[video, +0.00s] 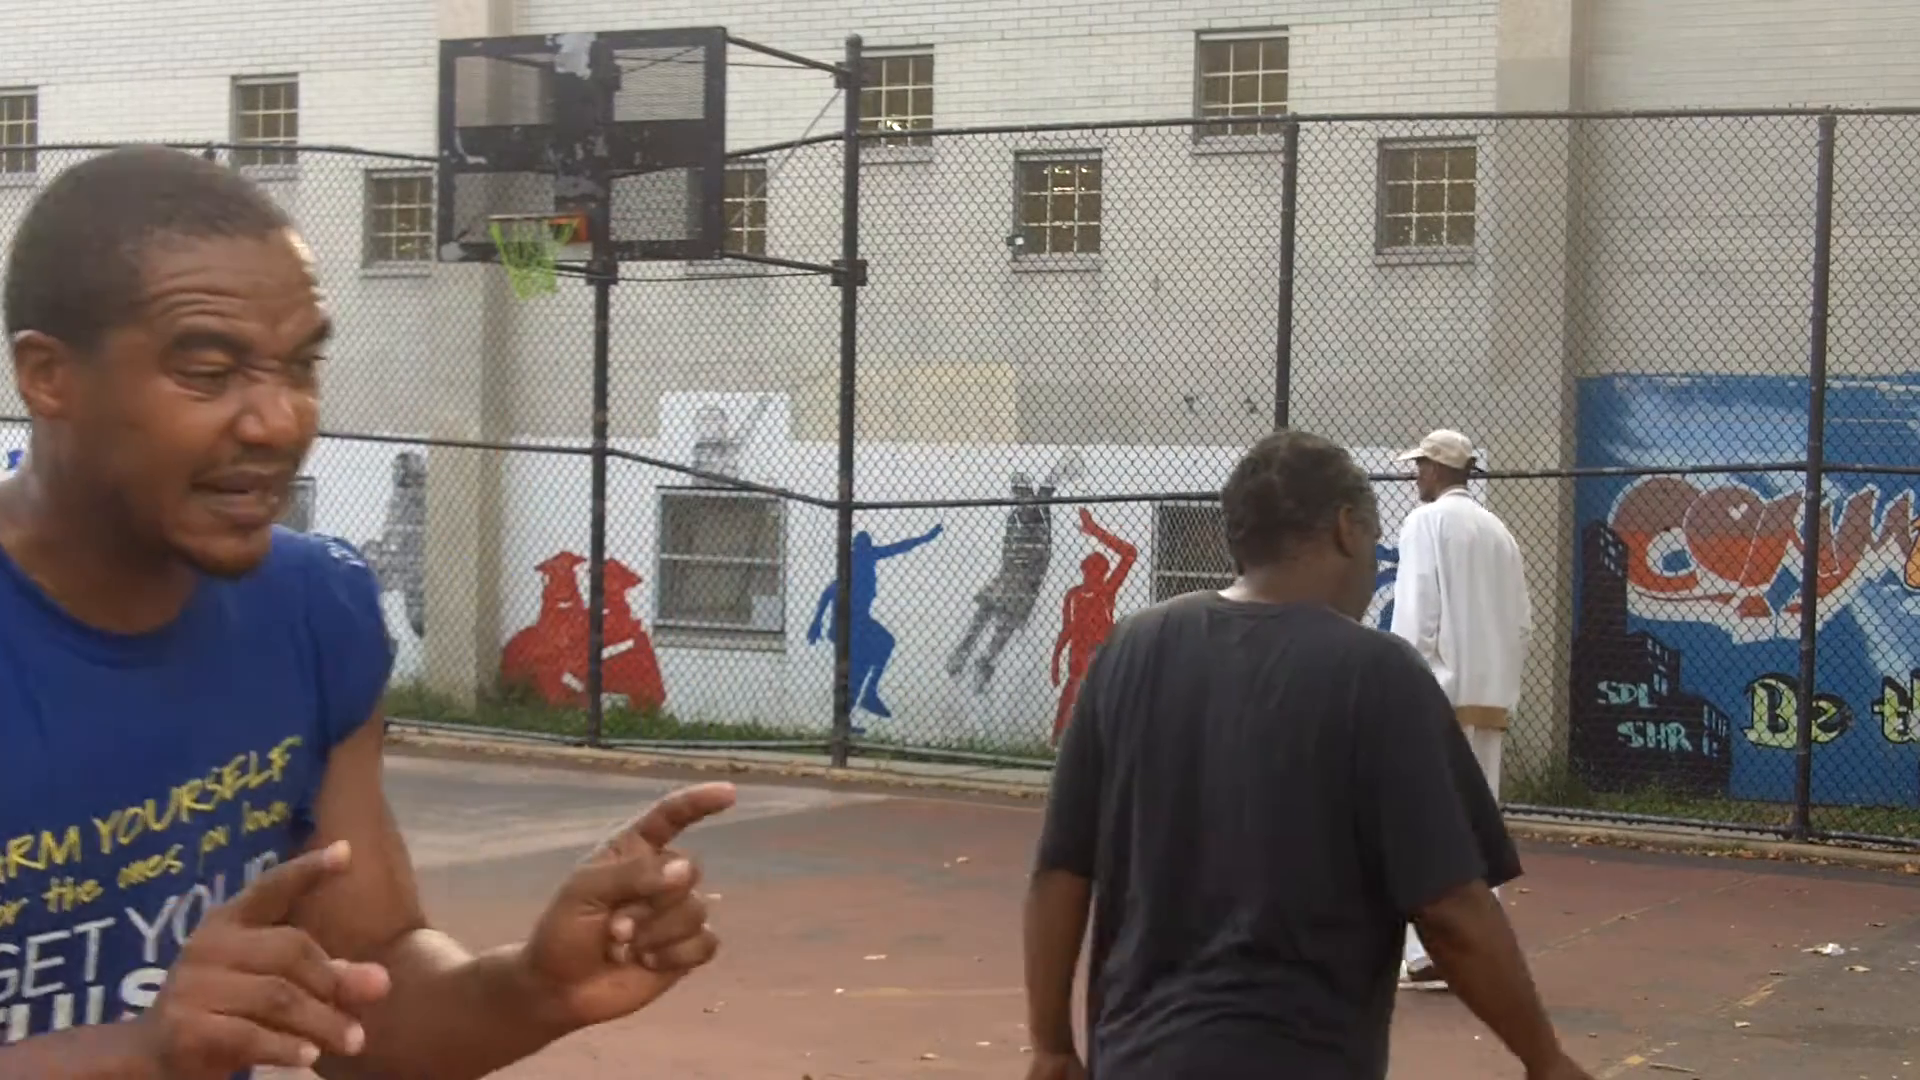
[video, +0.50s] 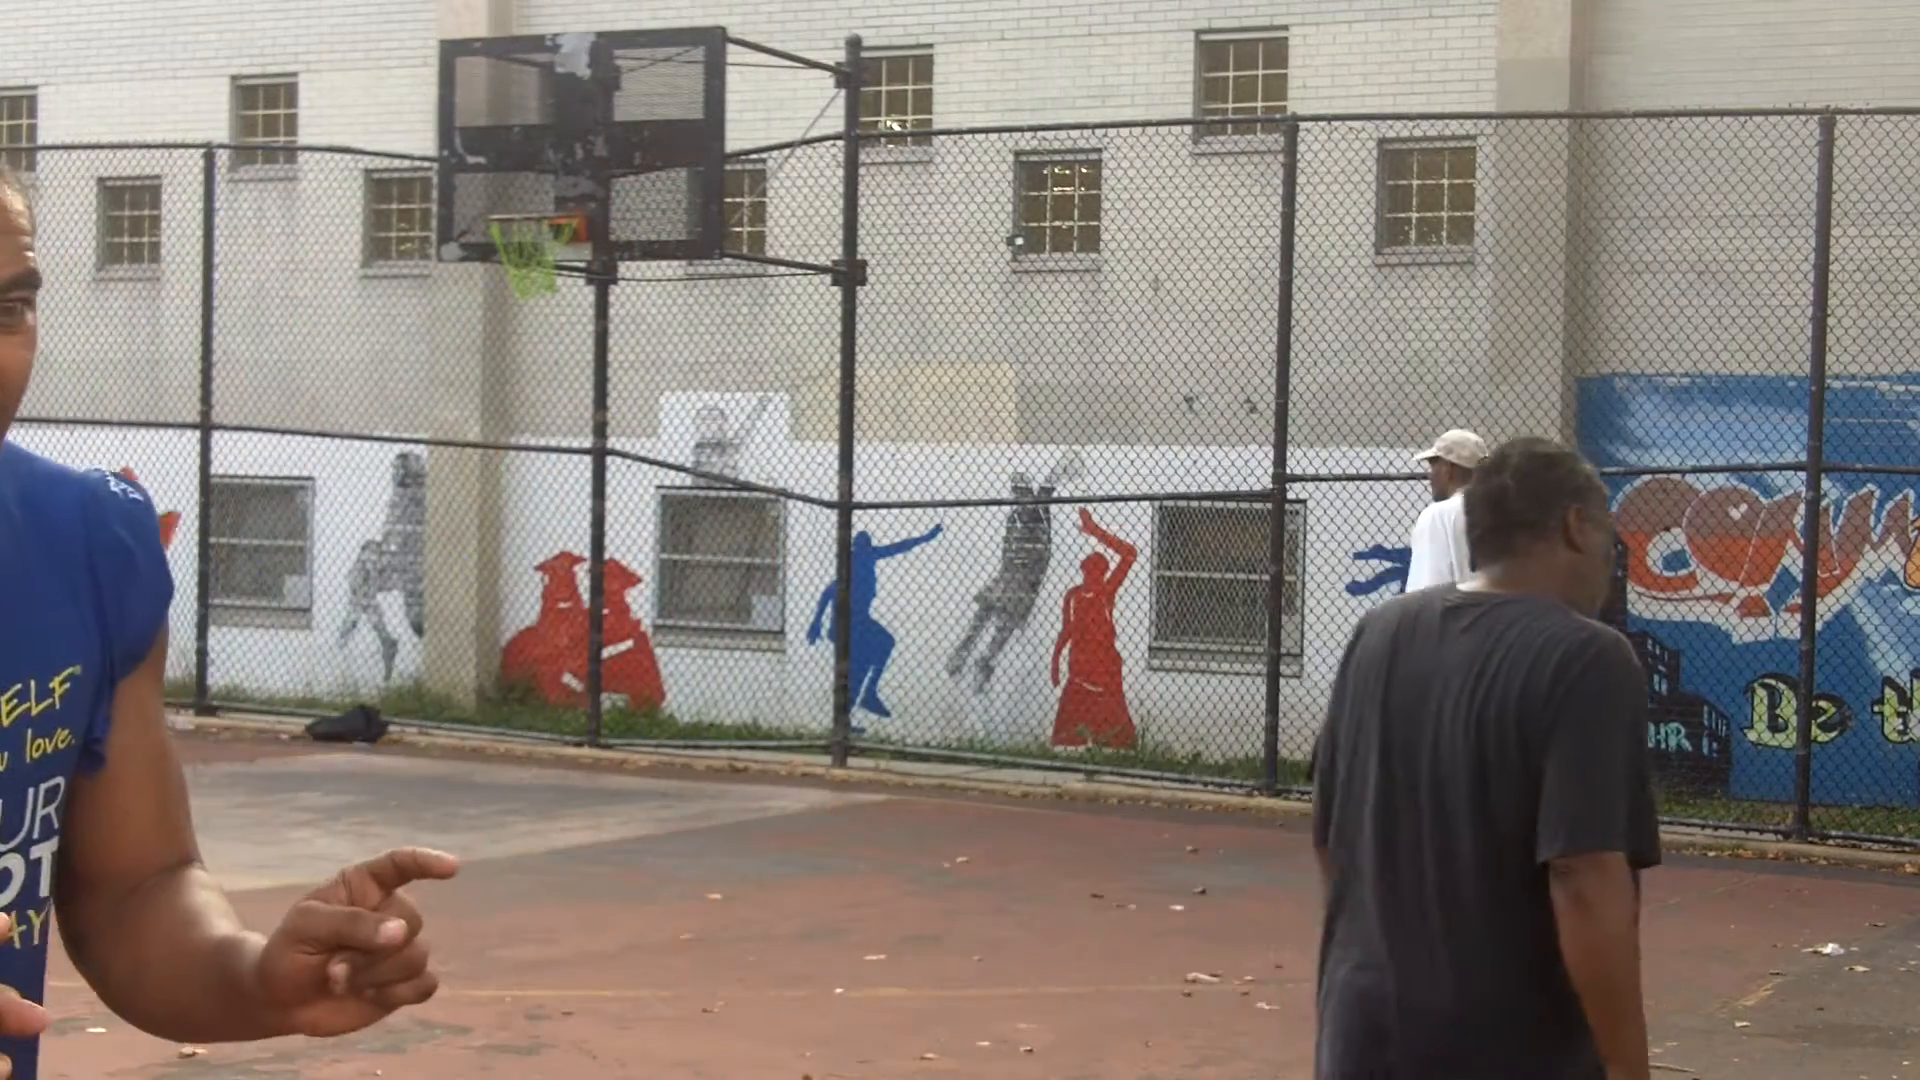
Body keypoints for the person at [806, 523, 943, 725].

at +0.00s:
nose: (865, 550)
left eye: (867, 546)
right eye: (862, 547)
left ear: (871, 548)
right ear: (855, 548)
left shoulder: (872, 556)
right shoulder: (851, 567)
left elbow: (898, 547)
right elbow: (829, 592)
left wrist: (926, 538)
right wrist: (816, 623)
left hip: (863, 620)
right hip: (846, 624)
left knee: (886, 643)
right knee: (859, 664)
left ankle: (870, 693)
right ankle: (842, 717)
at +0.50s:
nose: (865, 551)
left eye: (867, 547)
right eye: (862, 547)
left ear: (871, 548)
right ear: (855, 549)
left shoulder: (871, 557)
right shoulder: (851, 567)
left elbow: (898, 548)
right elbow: (828, 592)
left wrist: (926, 538)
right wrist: (816, 623)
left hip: (863, 620)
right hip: (846, 624)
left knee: (886, 643)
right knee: (860, 663)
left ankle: (870, 693)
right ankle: (842, 716)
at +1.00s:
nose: (865, 551)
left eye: (867, 547)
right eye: (862, 547)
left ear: (871, 547)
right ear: (855, 548)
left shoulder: (871, 556)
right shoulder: (851, 566)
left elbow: (899, 547)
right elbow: (829, 591)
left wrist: (926, 537)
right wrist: (815, 622)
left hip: (863, 621)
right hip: (846, 625)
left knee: (885, 642)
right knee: (860, 664)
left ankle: (870, 693)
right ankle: (842, 717)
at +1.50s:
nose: (865, 549)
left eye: (867, 546)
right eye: (861, 546)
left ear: (870, 546)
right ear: (854, 547)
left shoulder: (870, 555)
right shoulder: (850, 566)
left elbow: (898, 547)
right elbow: (827, 591)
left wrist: (925, 537)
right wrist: (814, 622)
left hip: (861, 619)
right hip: (845, 623)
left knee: (884, 642)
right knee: (859, 662)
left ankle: (869, 693)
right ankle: (841, 716)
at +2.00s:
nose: (867, 551)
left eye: (870, 547)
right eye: (864, 547)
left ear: (874, 547)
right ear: (857, 548)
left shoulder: (874, 556)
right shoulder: (854, 567)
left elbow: (902, 547)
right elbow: (832, 591)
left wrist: (929, 537)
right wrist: (818, 622)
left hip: (866, 621)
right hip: (848, 625)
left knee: (888, 642)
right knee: (863, 662)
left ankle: (873, 692)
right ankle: (845, 716)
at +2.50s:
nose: (868, 551)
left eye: (870, 547)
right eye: (864, 547)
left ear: (874, 547)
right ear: (857, 548)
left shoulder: (874, 556)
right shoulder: (853, 567)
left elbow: (902, 547)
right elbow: (832, 591)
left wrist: (929, 537)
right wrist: (818, 622)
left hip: (866, 620)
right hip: (848, 624)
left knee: (888, 642)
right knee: (864, 660)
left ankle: (873, 692)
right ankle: (845, 716)